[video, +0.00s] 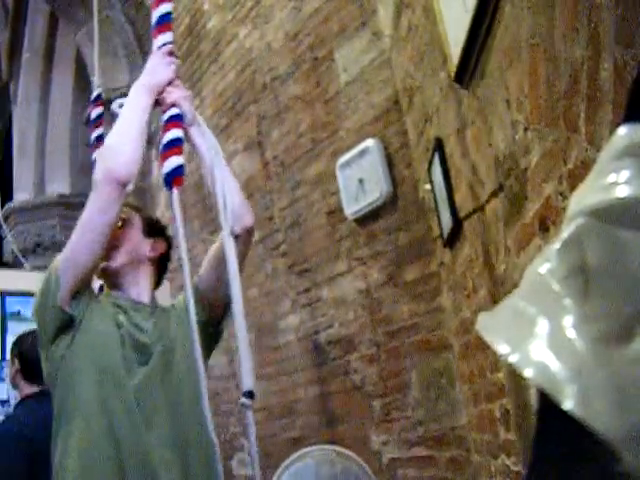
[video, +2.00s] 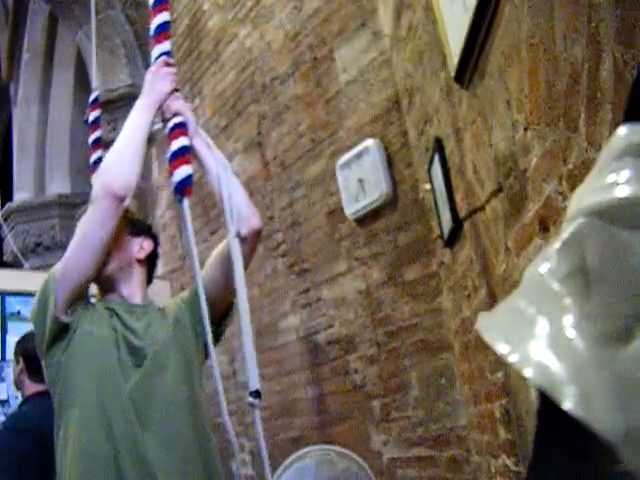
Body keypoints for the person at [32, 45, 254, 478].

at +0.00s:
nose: (110, 231)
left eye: (124, 223)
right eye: (107, 224)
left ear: (156, 247)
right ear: (96, 244)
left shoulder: (188, 323)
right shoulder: (68, 317)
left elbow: (240, 224)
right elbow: (113, 176)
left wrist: (193, 125)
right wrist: (144, 88)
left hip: (188, 471)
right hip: (90, 470)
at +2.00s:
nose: (100, 240)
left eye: (114, 231)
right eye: (100, 232)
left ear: (144, 248)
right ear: (87, 248)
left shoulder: (183, 320)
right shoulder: (66, 323)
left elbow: (247, 228)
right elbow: (111, 191)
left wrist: (195, 135)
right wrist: (148, 101)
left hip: (192, 470)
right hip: (93, 470)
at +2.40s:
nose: (100, 240)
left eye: (114, 231)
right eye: (100, 232)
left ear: (145, 246)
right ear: (87, 247)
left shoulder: (184, 320)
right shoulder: (66, 324)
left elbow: (248, 228)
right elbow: (111, 191)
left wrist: (195, 132)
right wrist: (147, 100)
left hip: (193, 471)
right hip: (94, 471)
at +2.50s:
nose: (101, 238)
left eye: (115, 230)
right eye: (102, 230)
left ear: (146, 245)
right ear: (88, 246)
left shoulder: (185, 320)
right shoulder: (66, 322)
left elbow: (248, 228)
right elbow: (112, 191)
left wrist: (193, 137)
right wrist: (145, 103)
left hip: (189, 470)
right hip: (92, 470)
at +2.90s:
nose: (134, 231)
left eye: (143, 224)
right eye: (122, 223)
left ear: (158, 250)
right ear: (104, 242)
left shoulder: (186, 324)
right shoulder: (70, 319)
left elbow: (247, 236)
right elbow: (126, 199)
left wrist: (188, 157)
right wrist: (138, 124)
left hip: (180, 471)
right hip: (92, 471)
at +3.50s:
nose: (153, 243)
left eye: (159, 232)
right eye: (141, 232)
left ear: (167, 243)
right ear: (96, 254)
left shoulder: (179, 332)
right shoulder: (63, 324)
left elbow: (251, 301)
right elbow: (127, 253)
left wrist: (195, 202)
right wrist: (144, 166)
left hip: (182, 471)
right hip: (93, 471)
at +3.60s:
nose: (153, 246)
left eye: (159, 235)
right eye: (136, 233)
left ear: (168, 249)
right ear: (97, 255)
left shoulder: (177, 326)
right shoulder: (58, 318)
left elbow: (252, 328)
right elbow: (127, 280)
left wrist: (200, 220)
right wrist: (149, 183)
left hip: (178, 471)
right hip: (90, 471)